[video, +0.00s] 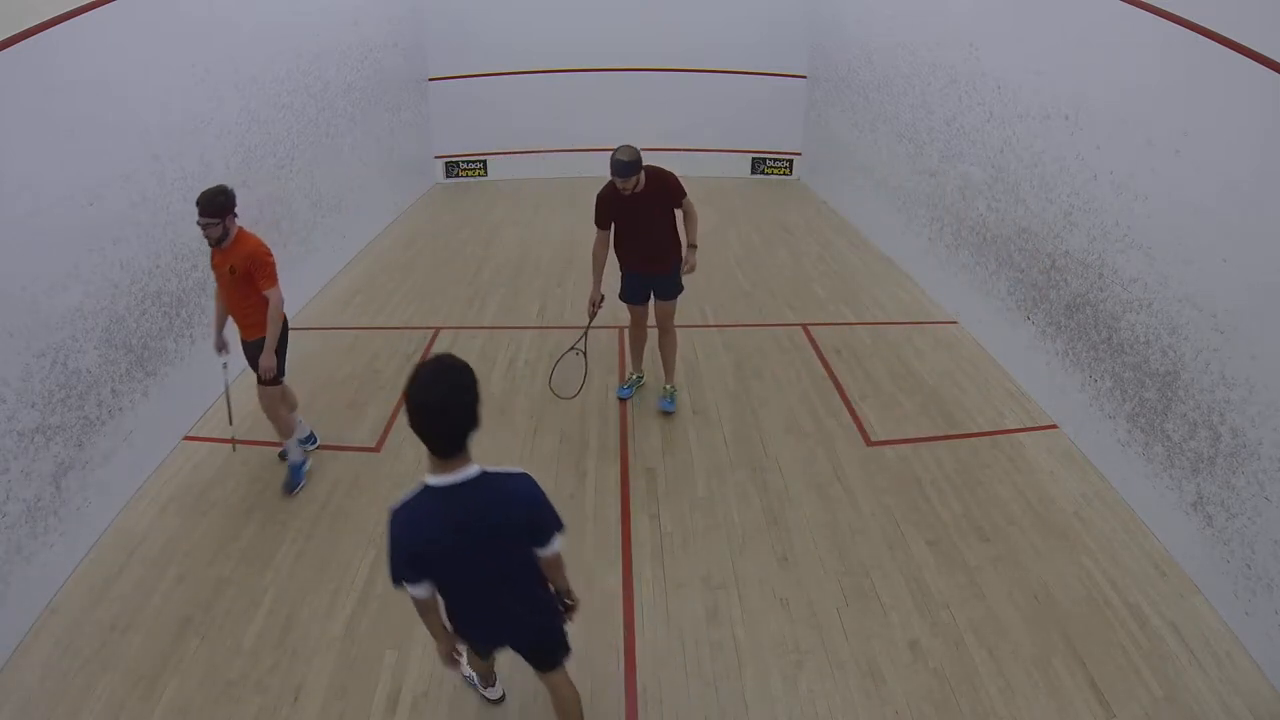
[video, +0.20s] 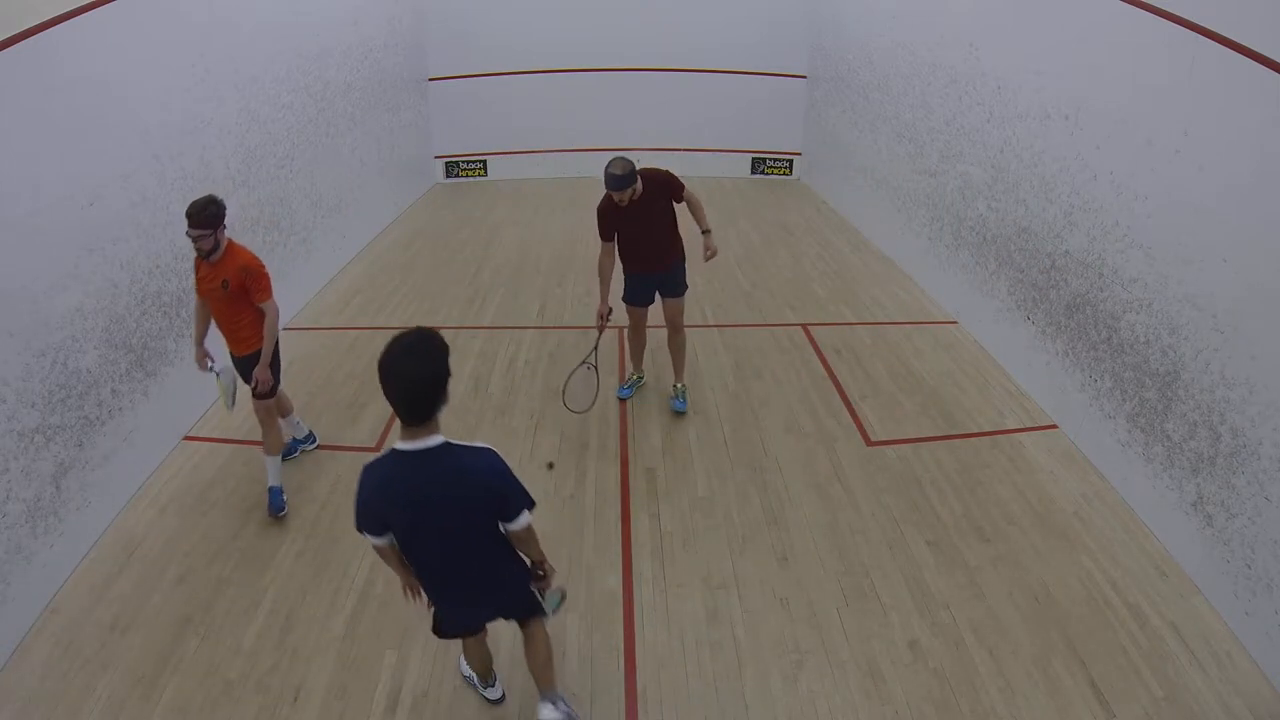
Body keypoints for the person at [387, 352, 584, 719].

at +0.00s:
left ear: (413, 424)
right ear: (476, 415)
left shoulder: (409, 519)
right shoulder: (518, 488)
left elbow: (423, 599)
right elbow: (550, 558)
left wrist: (442, 639)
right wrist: (565, 594)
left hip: (473, 621)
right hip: (530, 609)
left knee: (481, 656)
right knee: (558, 679)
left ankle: (489, 688)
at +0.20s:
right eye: (449, 377)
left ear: (387, 398)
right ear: (446, 392)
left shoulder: (376, 478)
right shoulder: (481, 463)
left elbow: (379, 542)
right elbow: (519, 528)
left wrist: (405, 572)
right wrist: (539, 562)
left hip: (446, 586)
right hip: (502, 574)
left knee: (471, 633)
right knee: (530, 621)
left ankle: (488, 685)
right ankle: (551, 703)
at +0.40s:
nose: (439, 371)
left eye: (437, 363)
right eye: (437, 365)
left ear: (381, 378)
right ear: (432, 378)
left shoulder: (367, 451)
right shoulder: (464, 444)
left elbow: (367, 510)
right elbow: (501, 514)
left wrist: (392, 523)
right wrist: (522, 553)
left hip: (432, 567)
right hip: (484, 555)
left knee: (467, 626)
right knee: (501, 600)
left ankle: (488, 684)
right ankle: (509, 651)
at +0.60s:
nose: (439, 356)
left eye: (437, 348)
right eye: (438, 349)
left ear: (385, 359)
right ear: (431, 362)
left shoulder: (368, 428)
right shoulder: (459, 424)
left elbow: (366, 487)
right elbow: (490, 501)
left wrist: (397, 506)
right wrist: (508, 546)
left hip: (424, 544)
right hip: (471, 534)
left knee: (460, 611)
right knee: (482, 574)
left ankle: (486, 680)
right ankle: (484, 594)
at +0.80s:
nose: (446, 335)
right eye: (445, 329)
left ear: (394, 337)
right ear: (440, 343)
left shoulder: (374, 402)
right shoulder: (464, 399)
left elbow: (362, 465)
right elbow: (483, 473)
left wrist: (387, 508)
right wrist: (498, 520)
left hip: (421, 514)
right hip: (467, 504)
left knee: (445, 581)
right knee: (474, 542)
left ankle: (475, 658)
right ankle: (478, 583)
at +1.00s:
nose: (446, 314)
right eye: (445, 308)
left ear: (398, 315)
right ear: (441, 319)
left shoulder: (377, 371)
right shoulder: (460, 374)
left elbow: (377, 443)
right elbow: (483, 439)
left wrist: (423, 469)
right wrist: (496, 473)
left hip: (415, 481)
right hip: (462, 476)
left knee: (425, 528)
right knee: (469, 530)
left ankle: (453, 593)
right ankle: (478, 582)